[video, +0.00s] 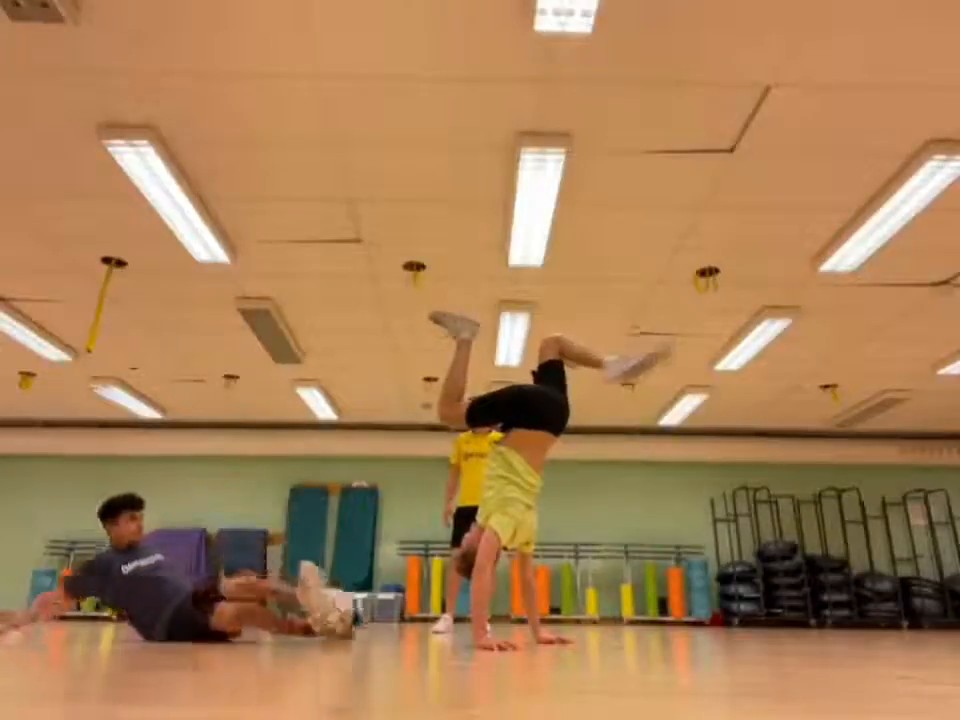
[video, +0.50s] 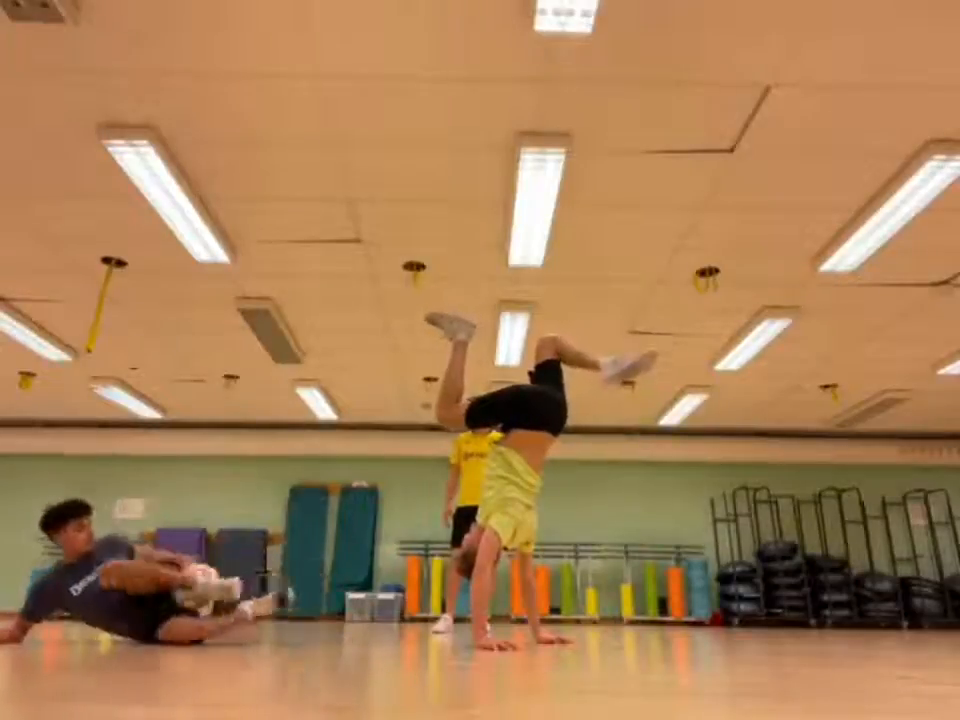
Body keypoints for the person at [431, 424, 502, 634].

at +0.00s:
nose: (479, 421)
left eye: (483, 415)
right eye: (475, 415)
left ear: (493, 417)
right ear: (468, 416)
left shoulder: (500, 440)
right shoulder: (462, 440)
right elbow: (454, 473)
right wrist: (449, 502)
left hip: (492, 504)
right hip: (466, 504)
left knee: (487, 564)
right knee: (457, 560)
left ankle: (484, 618)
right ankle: (449, 613)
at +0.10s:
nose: (479, 420)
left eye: (483, 415)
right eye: (475, 414)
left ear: (493, 416)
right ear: (468, 416)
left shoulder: (500, 440)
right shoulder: (462, 440)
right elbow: (454, 473)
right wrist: (449, 502)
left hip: (492, 504)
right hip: (466, 504)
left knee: (487, 564)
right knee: (457, 560)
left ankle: (483, 618)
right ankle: (449, 613)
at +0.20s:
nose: (479, 420)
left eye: (483, 415)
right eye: (475, 414)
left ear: (493, 416)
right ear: (468, 416)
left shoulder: (499, 440)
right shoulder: (462, 440)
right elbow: (454, 473)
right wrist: (449, 502)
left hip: (492, 504)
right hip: (466, 504)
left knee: (487, 564)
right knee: (457, 560)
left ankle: (483, 618)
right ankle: (449, 613)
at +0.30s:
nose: (478, 421)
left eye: (482, 415)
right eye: (474, 415)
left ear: (492, 417)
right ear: (467, 416)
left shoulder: (499, 440)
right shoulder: (462, 440)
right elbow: (454, 473)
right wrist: (449, 502)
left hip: (492, 504)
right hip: (466, 504)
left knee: (488, 564)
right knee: (457, 560)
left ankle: (483, 618)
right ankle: (449, 613)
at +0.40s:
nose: (478, 420)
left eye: (482, 415)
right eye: (474, 414)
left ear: (492, 416)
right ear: (467, 416)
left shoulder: (499, 440)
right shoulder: (462, 440)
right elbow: (454, 473)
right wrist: (449, 502)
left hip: (492, 504)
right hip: (466, 504)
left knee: (488, 564)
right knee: (457, 560)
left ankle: (483, 618)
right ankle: (449, 613)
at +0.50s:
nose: (477, 421)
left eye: (481, 415)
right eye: (473, 414)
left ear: (492, 416)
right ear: (466, 416)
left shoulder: (500, 439)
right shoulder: (463, 440)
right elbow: (454, 473)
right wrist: (449, 502)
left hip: (492, 504)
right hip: (466, 504)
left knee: (488, 564)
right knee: (457, 560)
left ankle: (483, 618)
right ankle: (449, 613)